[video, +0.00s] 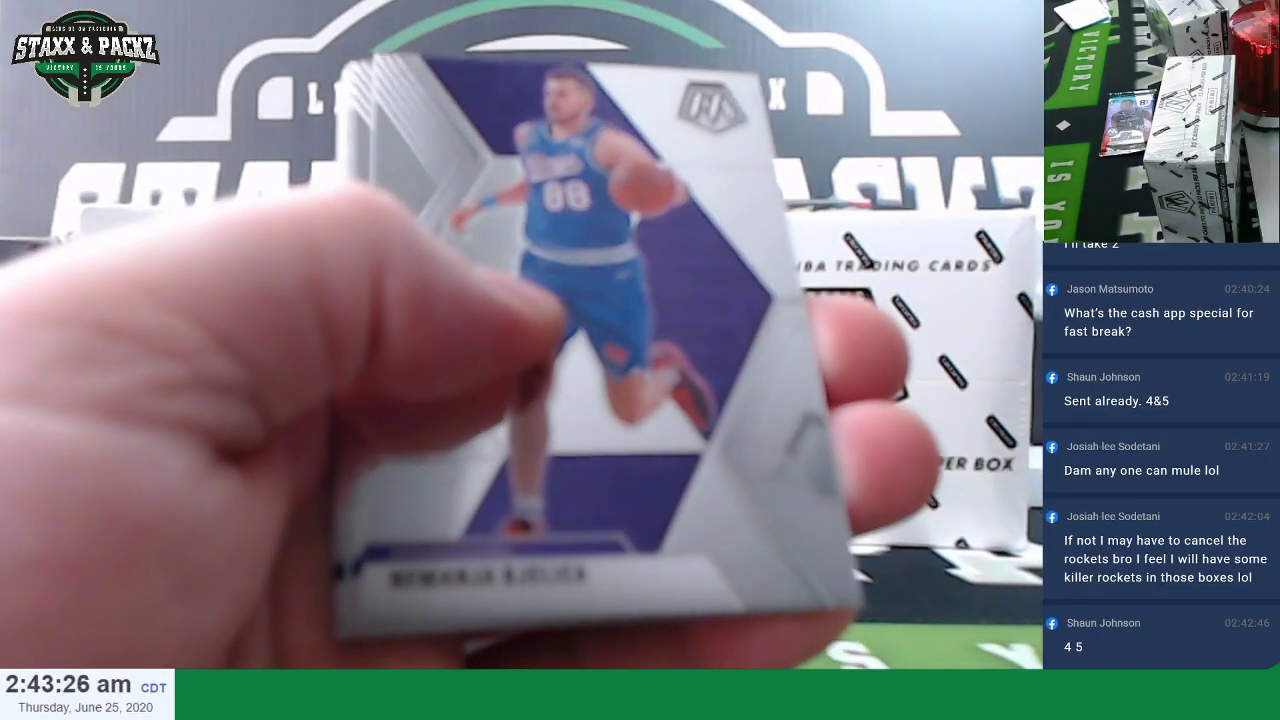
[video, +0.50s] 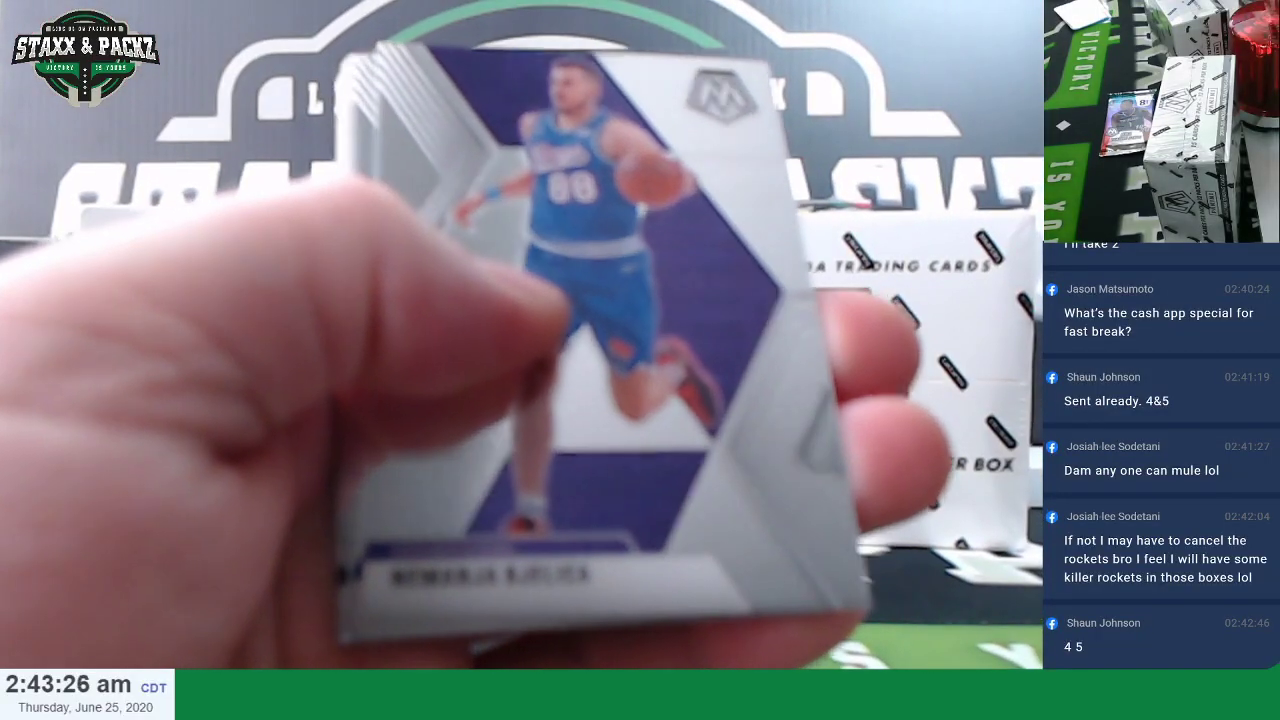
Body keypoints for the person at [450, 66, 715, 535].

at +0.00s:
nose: (555, 100)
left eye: (565, 93)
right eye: (550, 93)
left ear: (588, 100)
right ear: (543, 101)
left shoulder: (608, 143)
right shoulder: (528, 136)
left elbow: (655, 180)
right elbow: (538, 185)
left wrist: (658, 191)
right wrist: (483, 204)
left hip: (610, 280)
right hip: (544, 275)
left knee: (629, 408)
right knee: (527, 388)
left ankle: (672, 372)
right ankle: (527, 517)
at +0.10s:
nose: (566, 108)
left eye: (576, 101)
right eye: (562, 101)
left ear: (599, 109)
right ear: (554, 109)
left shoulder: (618, 151)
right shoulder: (538, 144)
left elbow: (670, 188)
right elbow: (548, 192)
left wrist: (669, 199)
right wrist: (494, 209)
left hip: (618, 286)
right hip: (552, 281)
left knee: (636, 412)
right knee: (534, 391)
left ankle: (679, 377)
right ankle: (532, 518)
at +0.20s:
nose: (570, 101)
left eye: (580, 93)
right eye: (565, 94)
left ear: (604, 102)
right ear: (557, 102)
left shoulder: (622, 146)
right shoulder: (541, 139)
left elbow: (667, 181)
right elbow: (550, 186)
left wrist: (674, 195)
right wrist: (496, 205)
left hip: (621, 283)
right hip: (554, 277)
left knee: (637, 411)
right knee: (534, 390)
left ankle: (681, 375)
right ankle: (532, 518)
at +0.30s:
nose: (559, 92)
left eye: (570, 85)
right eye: (555, 85)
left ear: (594, 93)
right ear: (546, 93)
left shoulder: (612, 137)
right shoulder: (530, 130)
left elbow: (669, 178)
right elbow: (539, 180)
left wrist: (665, 188)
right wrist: (483, 198)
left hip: (611, 278)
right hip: (542, 272)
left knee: (627, 410)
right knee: (523, 388)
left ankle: (671, 373)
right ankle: (520, 520)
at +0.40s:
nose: (557, 92)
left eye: (567, 85)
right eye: (552, 85)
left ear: (591, 93)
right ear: (544, 93)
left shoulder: (611, 137)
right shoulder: (528, 130)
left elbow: (665, 175)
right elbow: (538, 179)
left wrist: (664, 186)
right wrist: (482, 198)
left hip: (610, 277)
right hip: (542, 271)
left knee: (627, 407)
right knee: (524, 386)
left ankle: (671, 371)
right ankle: (522, 516)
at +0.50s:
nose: (562, 89)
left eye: (572, 81)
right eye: (556, 82)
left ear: (595, 88)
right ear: (548, 90)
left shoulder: (615, 133)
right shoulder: (533, 126)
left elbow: (668, 171)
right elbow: (542, 176)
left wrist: (665, 183)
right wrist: (487, 197)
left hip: (616, 274)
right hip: (548, 268)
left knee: (634, 404)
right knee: (531, 383)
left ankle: (679, 368)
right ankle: (530, 515)